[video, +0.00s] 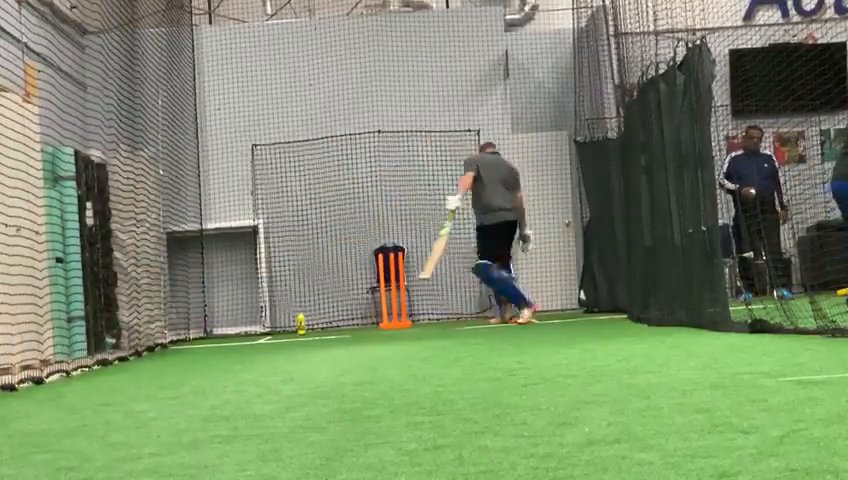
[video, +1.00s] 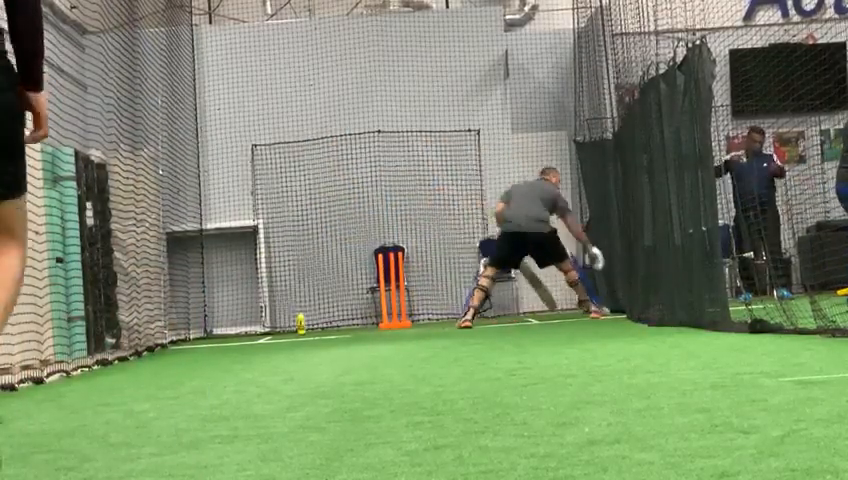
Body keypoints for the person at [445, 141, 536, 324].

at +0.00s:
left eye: (481, 151)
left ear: (480, 152)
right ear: (497, 151)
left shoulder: (474, 161)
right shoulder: (510, 168)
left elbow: (468, 178)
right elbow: (519, 201)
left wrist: (457, 197)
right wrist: (523, 229)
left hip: (489, 221)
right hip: (510, 220)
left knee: (484, 267)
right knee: (501, 266)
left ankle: (525, 305)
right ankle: (505, 313)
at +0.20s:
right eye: (500, 151)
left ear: (484, 151)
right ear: (502, 153)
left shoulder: (470, 161)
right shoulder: (510, 167)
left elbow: (454, 181)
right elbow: (519, 199)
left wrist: (437, 200)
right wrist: (524, 227)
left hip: (476, 223)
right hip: (502, 224)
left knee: (469, 264)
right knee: (500, 266)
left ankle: (492, 306)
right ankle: (507, 312)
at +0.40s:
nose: (498, 162)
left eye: (498, 160)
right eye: (498, 160)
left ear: (479, 155)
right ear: (493, 156)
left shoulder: (462, 170)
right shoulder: (500, 171)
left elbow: (441, 191)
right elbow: (510, 198)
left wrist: (429, 215)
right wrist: (522, 226)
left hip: (471, 227)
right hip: (500, 226)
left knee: (465, 270)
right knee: (502, 263)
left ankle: (466, 317)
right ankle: (506, 309)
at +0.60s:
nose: (498, 165)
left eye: (498, 162)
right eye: (498, 162)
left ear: (481, 158)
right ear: (492, 158)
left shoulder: (463, 175)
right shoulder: (498, 172)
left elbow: (444, 201)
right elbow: (514, 201)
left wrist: (442, 226)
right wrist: (536, 223)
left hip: (473, 230)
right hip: (503, 228)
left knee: (466, 271)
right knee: (522, 257)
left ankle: (466, 317)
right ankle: (530, 305)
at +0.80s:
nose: (518, 169)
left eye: (518, 166)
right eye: (518, 165)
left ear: (499, 161)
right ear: (512, 162)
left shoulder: (477, 178)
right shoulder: (515, 177)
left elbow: (463, 205)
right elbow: (534, 203)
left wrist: (468, 227)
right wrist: (557, 224)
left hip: (485, 231)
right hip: (516, 227)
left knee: (473, 272)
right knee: (546, 260)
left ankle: (466, 317)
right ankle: (573, 298)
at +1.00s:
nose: (558, 184)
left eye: (558, 181)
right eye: (558, 181)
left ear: (540, 176)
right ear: (553, 177)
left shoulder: (516, 187)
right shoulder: (553, 192)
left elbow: (499, 210)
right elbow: (572, 224)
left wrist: (505, 231)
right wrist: (589, 247)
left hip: (510, 235)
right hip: (542, 234)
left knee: (489, 272)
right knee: (567, 270)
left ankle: (469, 314)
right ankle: (589, 307)